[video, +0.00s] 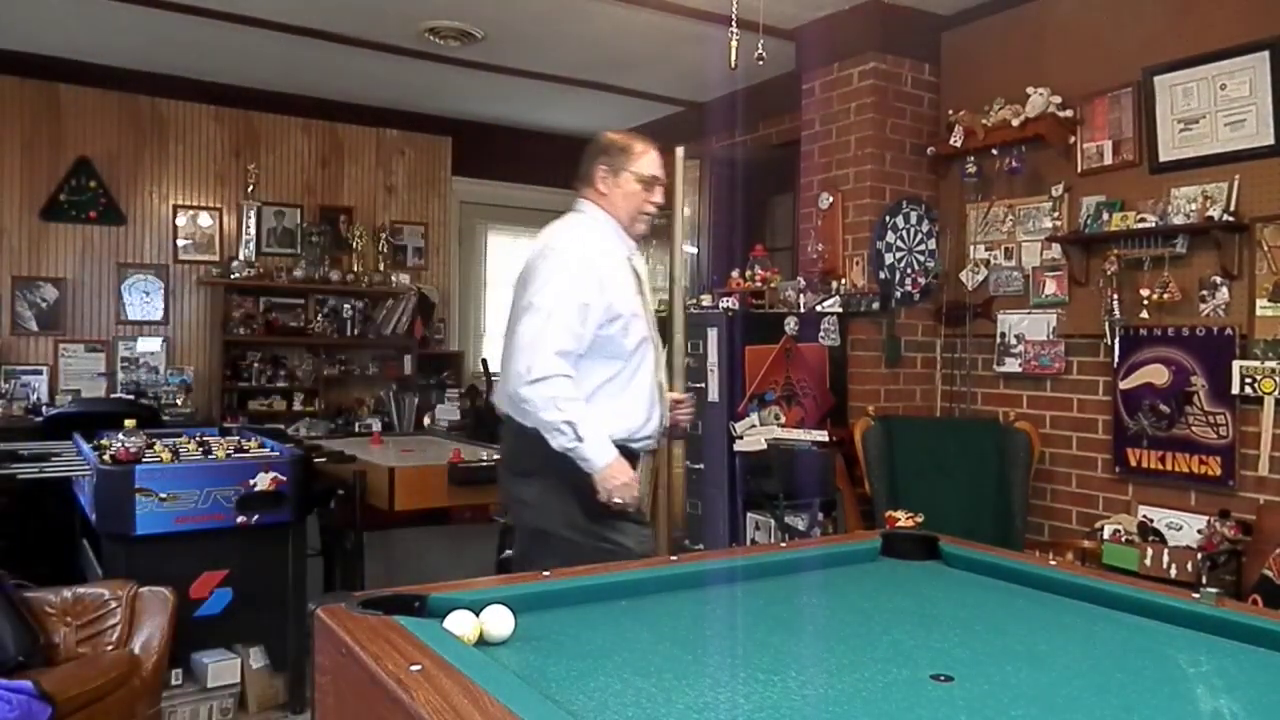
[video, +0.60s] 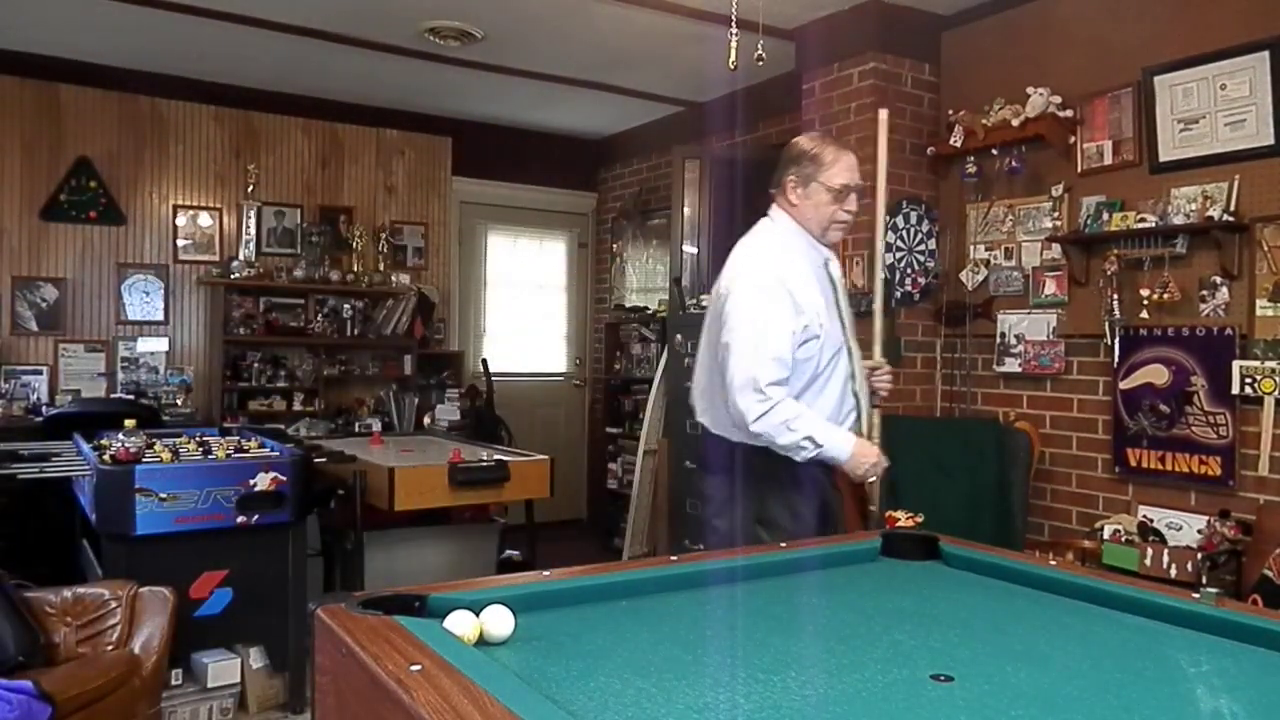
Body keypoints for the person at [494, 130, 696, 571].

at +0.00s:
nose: (659, 199)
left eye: (661, 187)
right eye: (647, 183)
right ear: (604, 180)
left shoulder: (609, 247)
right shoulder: (574, 246)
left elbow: (588, 371)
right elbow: (534, 375)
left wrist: (653, 409)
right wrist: (603, 461)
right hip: (563, 464)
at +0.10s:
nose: (691, 211)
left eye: (695, 200)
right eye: (680, 195)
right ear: (637, 191)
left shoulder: (647, 258)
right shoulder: (605, 254)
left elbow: (622, 381)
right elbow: (562, 386)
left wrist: (690, 408)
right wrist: (632, 468)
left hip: (633, 474)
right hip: (594, 475)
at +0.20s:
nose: (730, 224)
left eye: (733, 212)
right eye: (720, 208)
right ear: (676, 202)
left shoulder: (683, 267)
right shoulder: (643, 267)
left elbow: (657, 388)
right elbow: (601, 401)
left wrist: (724, 405)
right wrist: (669, 480)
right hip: (633, 483)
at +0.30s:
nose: (776, 232)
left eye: (779, 219)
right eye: (767, 217)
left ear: (724, 210)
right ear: (722, 208)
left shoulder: (721, 269)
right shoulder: (687, 274)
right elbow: (652, 416)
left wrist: (763, 401)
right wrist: (719, 495)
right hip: (669, 484)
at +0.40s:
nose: (809, 226)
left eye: (813, 213)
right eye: (800, 212)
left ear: (758, 207)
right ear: (757, 205)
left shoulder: (755, 262)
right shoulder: (723, 274)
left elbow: (743, 374)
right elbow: (705, 419)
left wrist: (799, 386)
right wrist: (774, 488)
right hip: (701, 474)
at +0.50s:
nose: (833, 214)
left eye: (838, 200)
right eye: (823, 199)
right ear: (777, 194)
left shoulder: (784, 257)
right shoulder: (746, 266)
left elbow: (774, 367)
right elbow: (740, 407)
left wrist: (829, 380)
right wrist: (817, 464)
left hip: (767, 461)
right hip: (731, 468)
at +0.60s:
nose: (853, 207)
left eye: (856, 194)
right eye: (839, 193)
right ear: (794, 190)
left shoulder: (813, 256)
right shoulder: (764, 263)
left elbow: (801, 363)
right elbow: (757, 400)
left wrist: (857, 376)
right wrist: (845, 448)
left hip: (800, 458)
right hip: (757, 463)